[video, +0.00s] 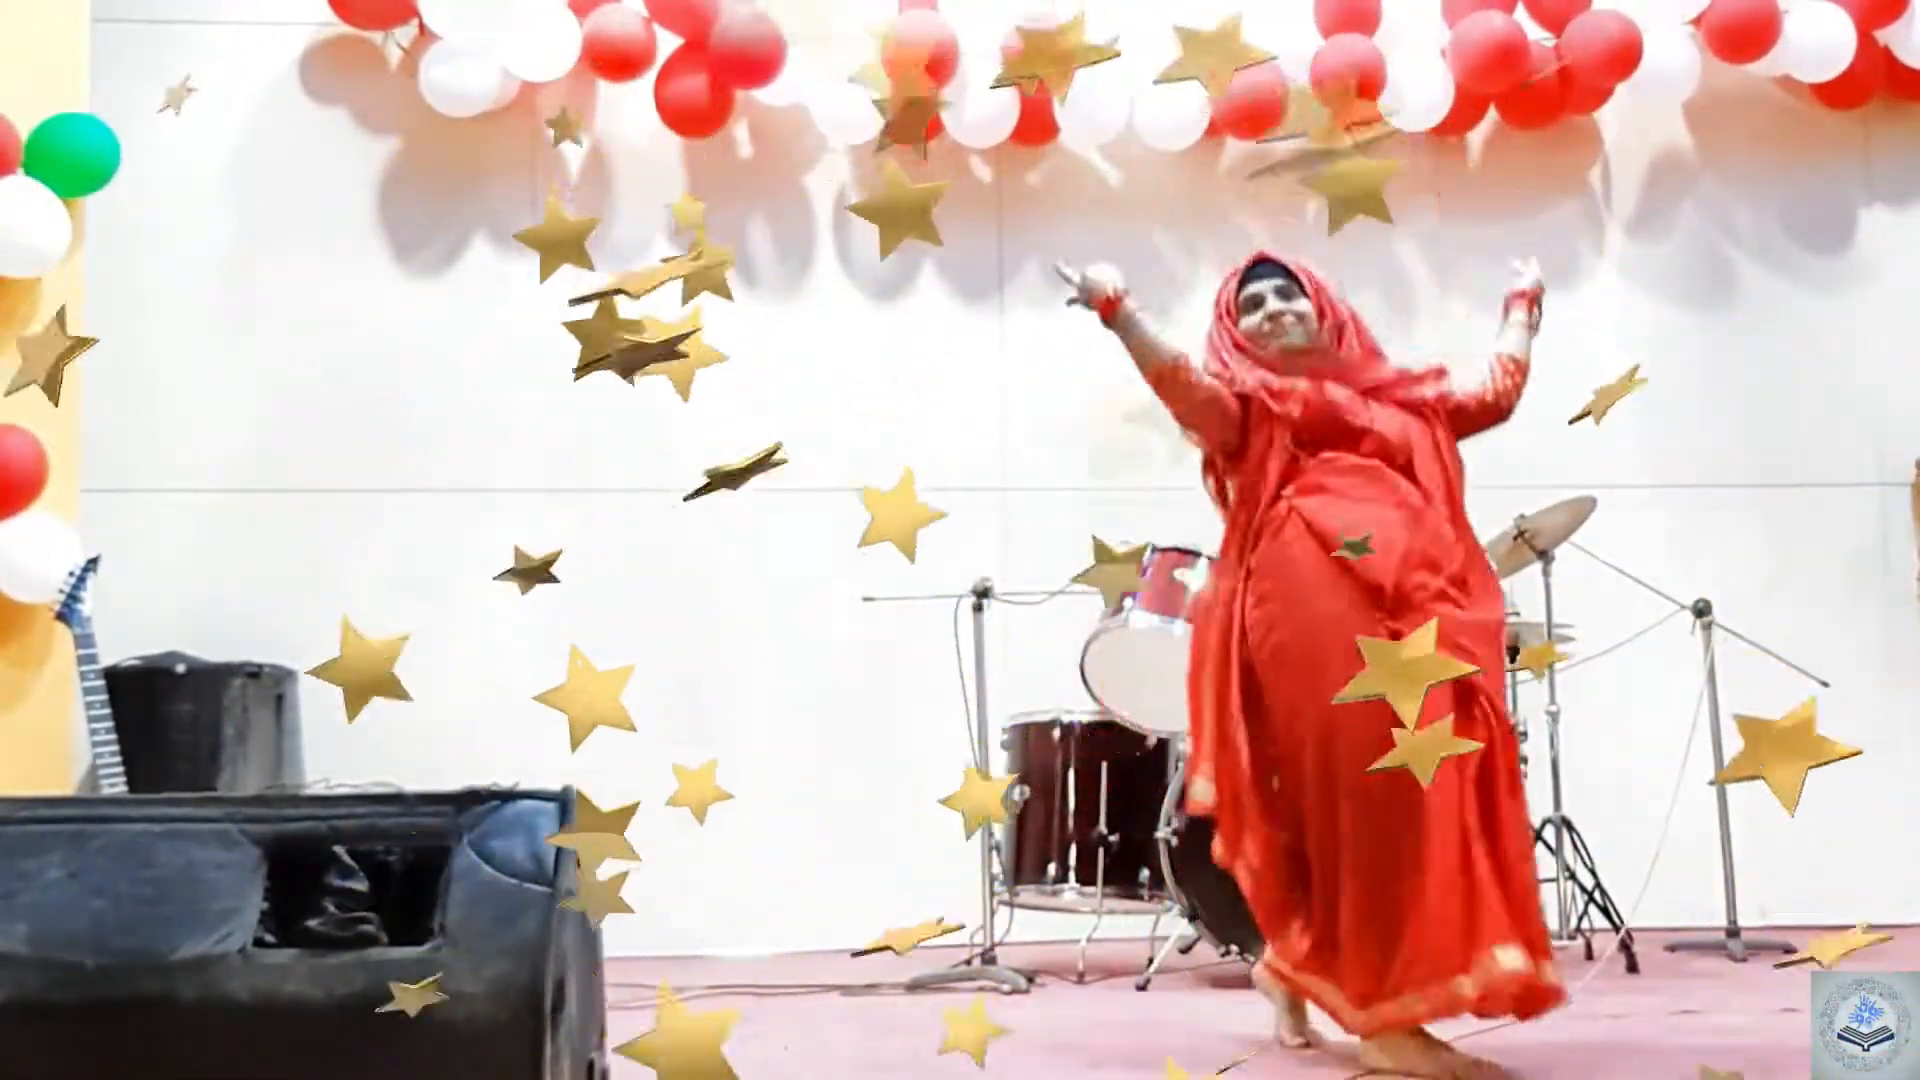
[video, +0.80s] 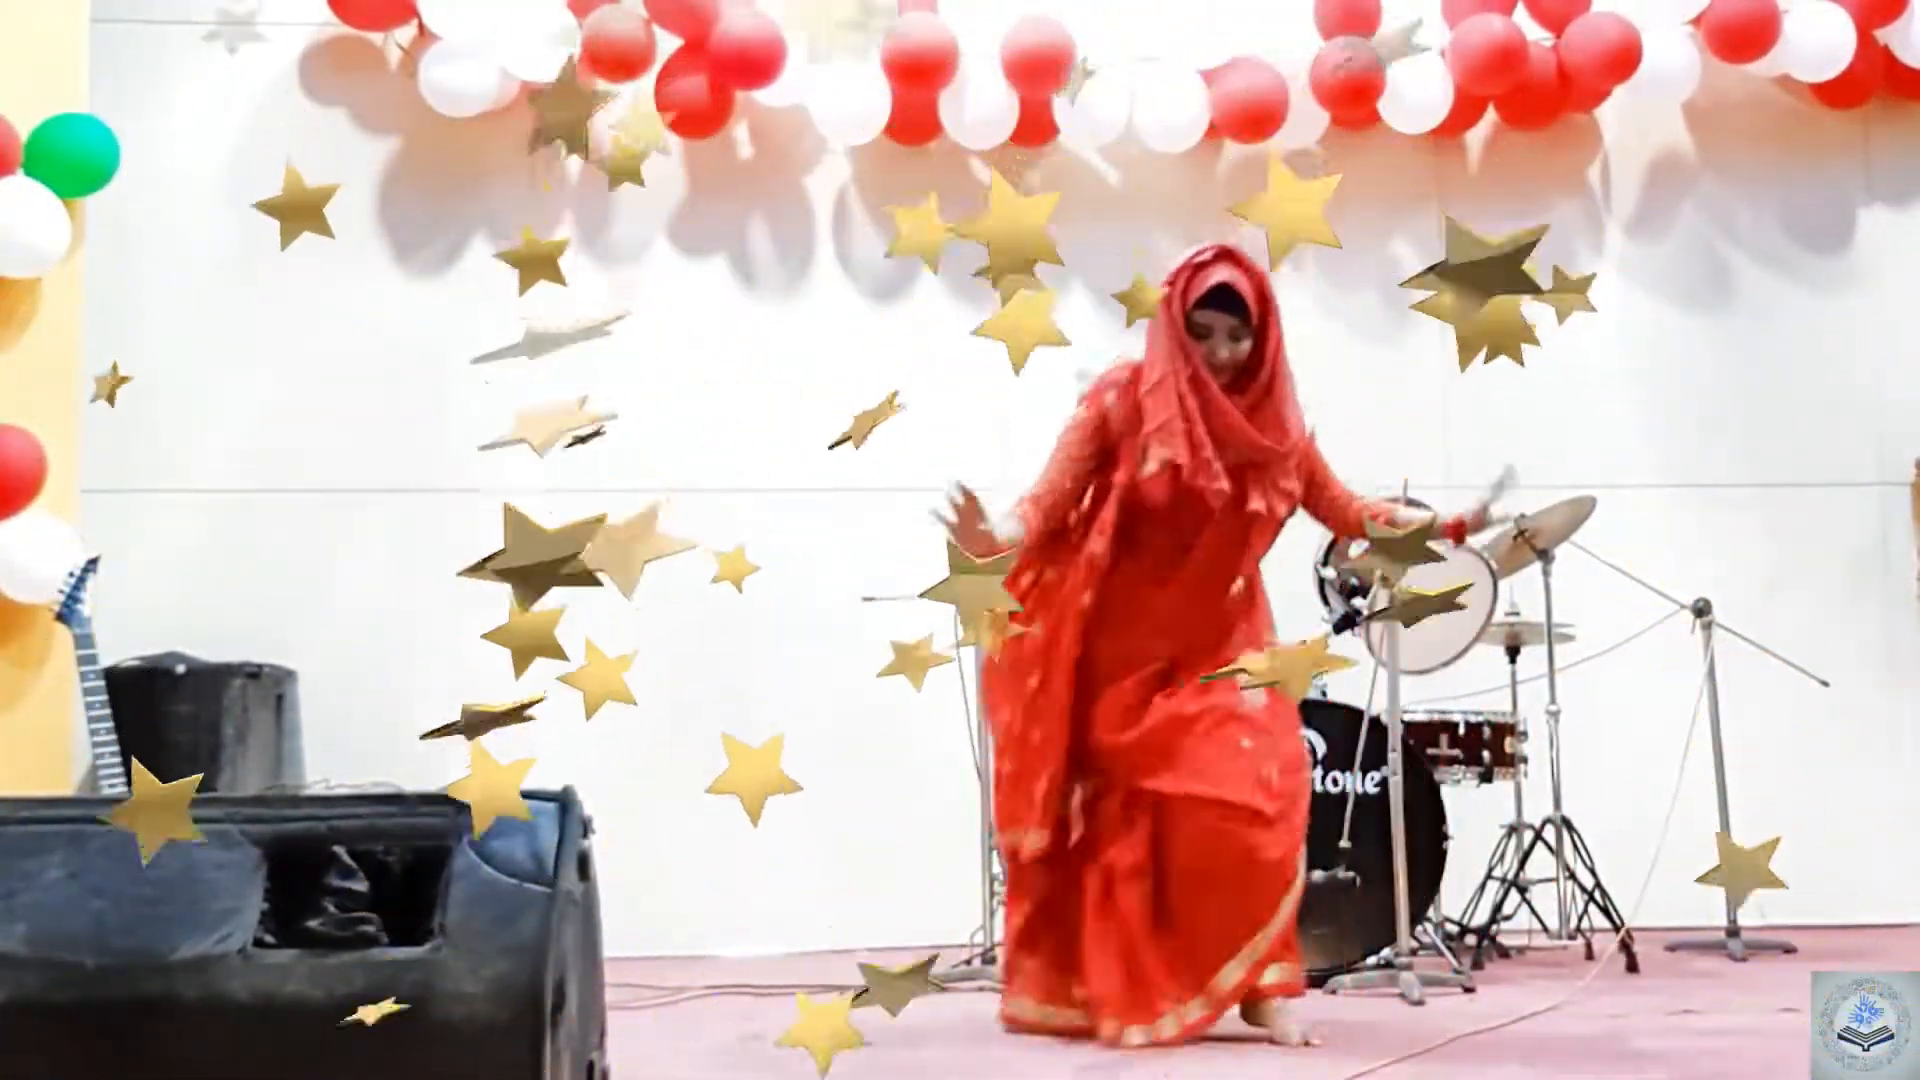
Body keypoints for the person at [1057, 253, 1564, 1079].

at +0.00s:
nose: (1276, 311)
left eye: (1288, 295)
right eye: (1255, 309)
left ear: (1326, 310)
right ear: (1235, 343)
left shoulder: (1402, 397)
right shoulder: (1252, 407)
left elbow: (1498, 392)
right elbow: (1185, 384)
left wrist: (1521, 309)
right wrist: (1121, 313)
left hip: (1419, 606)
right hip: (1310, 607)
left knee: (1401, 801)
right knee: (1373, 798)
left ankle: (1290, 960)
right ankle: (1391, 1026)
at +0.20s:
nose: (1304, 265)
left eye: (1314, 250)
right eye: (1283, 256)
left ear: (1338, 264)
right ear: (1249, 281)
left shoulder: (1379, 358)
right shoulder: (1240, 362)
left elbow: (1475, 349)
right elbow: (1188, 300)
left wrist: (1467, 251)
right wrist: (1224, 205)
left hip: (1384, 590)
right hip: (1291, 594)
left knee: (1389, 783)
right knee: (1370, 786)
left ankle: (1304, 957)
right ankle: (1394, 1017)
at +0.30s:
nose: (1316, 254)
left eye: (1326, 240)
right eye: (1297, 240)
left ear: (1339, 255)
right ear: (1252, 249)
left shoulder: (1357, 345)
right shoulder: (1220, 331)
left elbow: (1437, 373)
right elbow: (1188, 322)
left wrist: (1429, 328)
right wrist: (1265, 287)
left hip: (1355, 574)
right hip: (1259, 577)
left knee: (1377, 758)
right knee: (1357, 758)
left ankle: (1279, 967)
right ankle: (1358, 982)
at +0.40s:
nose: (1307, 306)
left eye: (1322, 288)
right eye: (1287, 286)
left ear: (1338, 293)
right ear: (1246, 287)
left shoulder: (1333, 380)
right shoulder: (1193, 351)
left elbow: (1372, 438)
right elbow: (1190, 416)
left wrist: (1389, 446)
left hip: (1321, 589)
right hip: (1212, 584)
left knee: (1357, 753)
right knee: (1291, 755)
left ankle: (1345, 978)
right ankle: (1258, 980)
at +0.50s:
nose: (1292, 319)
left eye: (1305, 302)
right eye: (1273, 301)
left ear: (1324, 307)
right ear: (1240, 302)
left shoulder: (1329, 386)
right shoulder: (1184, 361)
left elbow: (1373, 489)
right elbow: (1153, 462)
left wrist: (1414, 529)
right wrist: (1216, 491)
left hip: (1310, 608)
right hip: (1205, 613)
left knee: (1373, 766)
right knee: (1256, 776)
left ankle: (1294, 996)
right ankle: (1153, 943)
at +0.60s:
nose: (1274, 309)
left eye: (1289, 291)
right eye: (1255, 290)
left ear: (1308, 298)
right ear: (1222, 290)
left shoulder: (1304, 380)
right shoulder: (1164, 352)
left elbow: (1367, 484)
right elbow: (1110, 453)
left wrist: (1439, 549)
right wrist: (1125, 507)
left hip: (1277, 598)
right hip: (1173, 598)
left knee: (1353, 752)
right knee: (1204, 775)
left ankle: (1308, 975)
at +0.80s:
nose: (1223, 347)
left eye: (1238, 330)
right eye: (1206, 330)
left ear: (1260, 336)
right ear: (1178, 331)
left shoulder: (1270, 425)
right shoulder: (1124, 403)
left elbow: (1350, 516)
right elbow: (1050, 504)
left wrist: (1450, 526)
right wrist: (998, 546)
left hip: (1219, 656)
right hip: (1111, 662)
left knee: (1267, 792)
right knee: (1118, 833)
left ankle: (1266, 986)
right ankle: (1126, 1002)